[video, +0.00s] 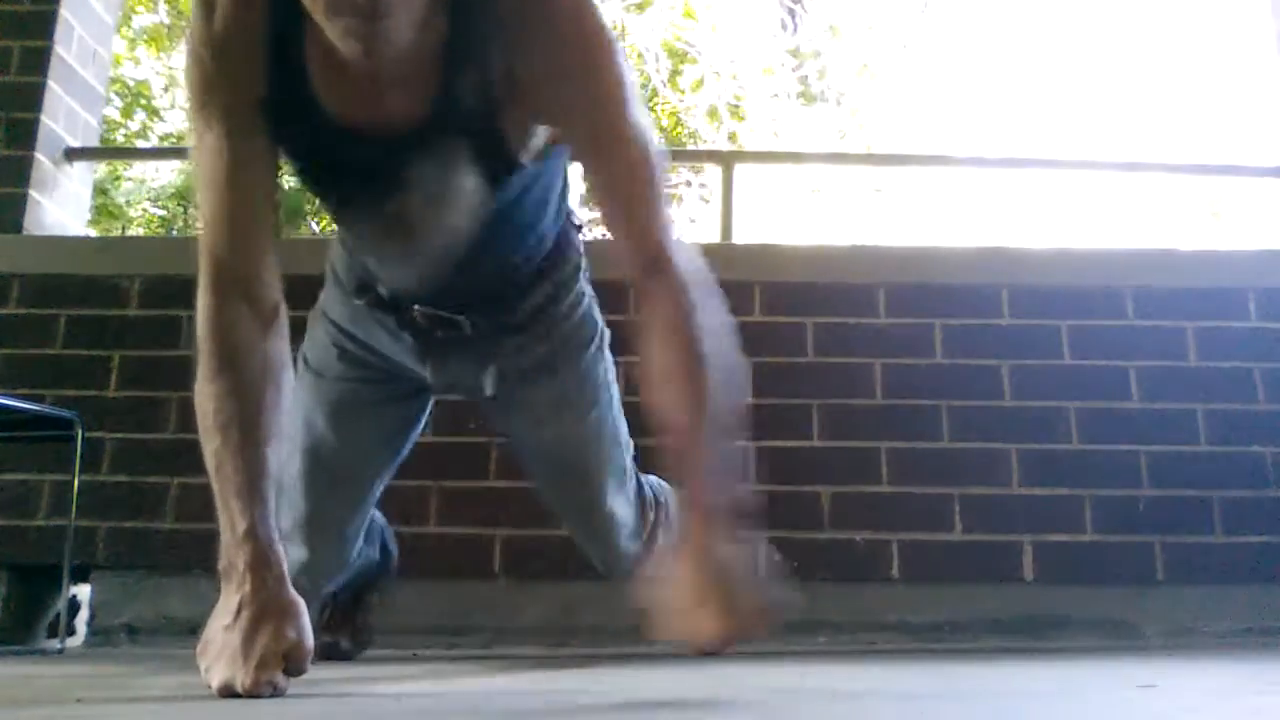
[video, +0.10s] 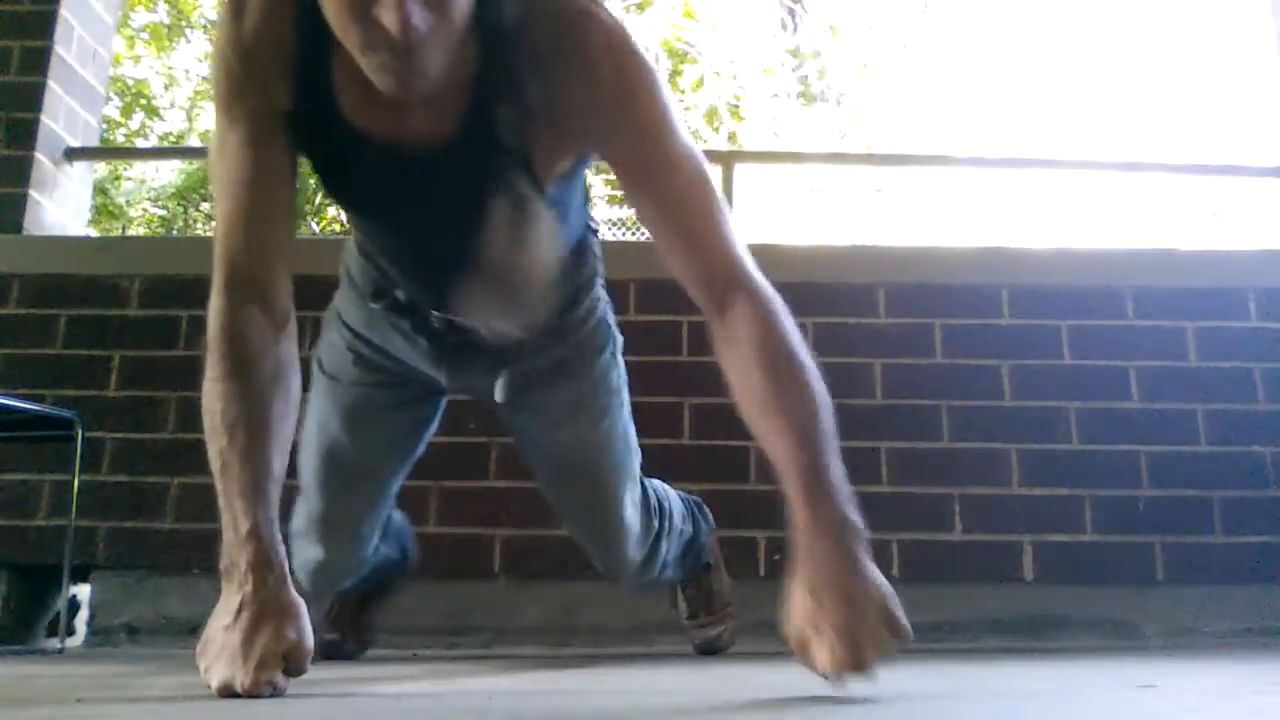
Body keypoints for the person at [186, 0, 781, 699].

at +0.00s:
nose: (357, 5)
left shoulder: (539, 22)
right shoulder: (237, 31)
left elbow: (660, 264)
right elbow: (240, 299)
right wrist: (248, 565)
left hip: (531, 316)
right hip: (367, 316)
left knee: (615, 542)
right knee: (299, 564)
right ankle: (357, 564)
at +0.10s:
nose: (400, 16)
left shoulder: (572, 40)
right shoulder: (266, 33)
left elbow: (730, 292)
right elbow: (251, 303)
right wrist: (249, 572)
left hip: (551, 330)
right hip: (384, 319)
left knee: (621, 542)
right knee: (320, 555)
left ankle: (690, 545)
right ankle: (378, 562)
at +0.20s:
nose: (437, 36)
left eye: (473, 1)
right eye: (401, 1)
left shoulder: (612, 58)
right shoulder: (296, 38)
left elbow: (759, 303)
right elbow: (263, 308)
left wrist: (850, 557)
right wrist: (251, 568)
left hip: (574, 340)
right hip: (408, 325)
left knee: (631, 558)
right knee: (348, 571)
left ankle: (688, 549)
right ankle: (431, 541)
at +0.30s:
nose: (483, 22)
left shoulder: (650, 45)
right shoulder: (332, 32)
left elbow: (775, 298)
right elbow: (276, 306)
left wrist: (853, 561)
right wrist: (252, 564)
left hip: (603, 339)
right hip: (437, 334)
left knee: (643, 568)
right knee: (410, 591)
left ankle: (682, 556)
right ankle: (507, 523)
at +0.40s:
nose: (525, 13)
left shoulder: (692, 34)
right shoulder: (370, 27)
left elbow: (793, 287)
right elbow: (297, 296)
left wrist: (858, 561)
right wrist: (255, 566)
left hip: (636, 340)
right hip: (475, 338)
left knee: (663, 565)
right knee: (482, 593)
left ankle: (693, 569)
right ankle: (565, 549)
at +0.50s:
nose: (558, 45)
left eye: (588, 16)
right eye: (528, 18)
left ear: (639, 4)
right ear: (489, 4)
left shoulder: (734, 24)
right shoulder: (409, 26)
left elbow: (813, 281)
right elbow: (322, 284)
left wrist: (860, 564)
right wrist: (259, 567)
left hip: (676, 321)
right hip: (522, 326)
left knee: (695, 554)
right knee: (541, 590)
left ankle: (710, 574)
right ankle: (586, 559)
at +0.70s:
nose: (652, 15)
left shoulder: (799, 21)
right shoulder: (485, 19)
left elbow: (846, 278)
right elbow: (444, 286)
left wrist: (862, 568)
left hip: (745, 292)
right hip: (593, 288)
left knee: (790, 541)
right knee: (566, 548)